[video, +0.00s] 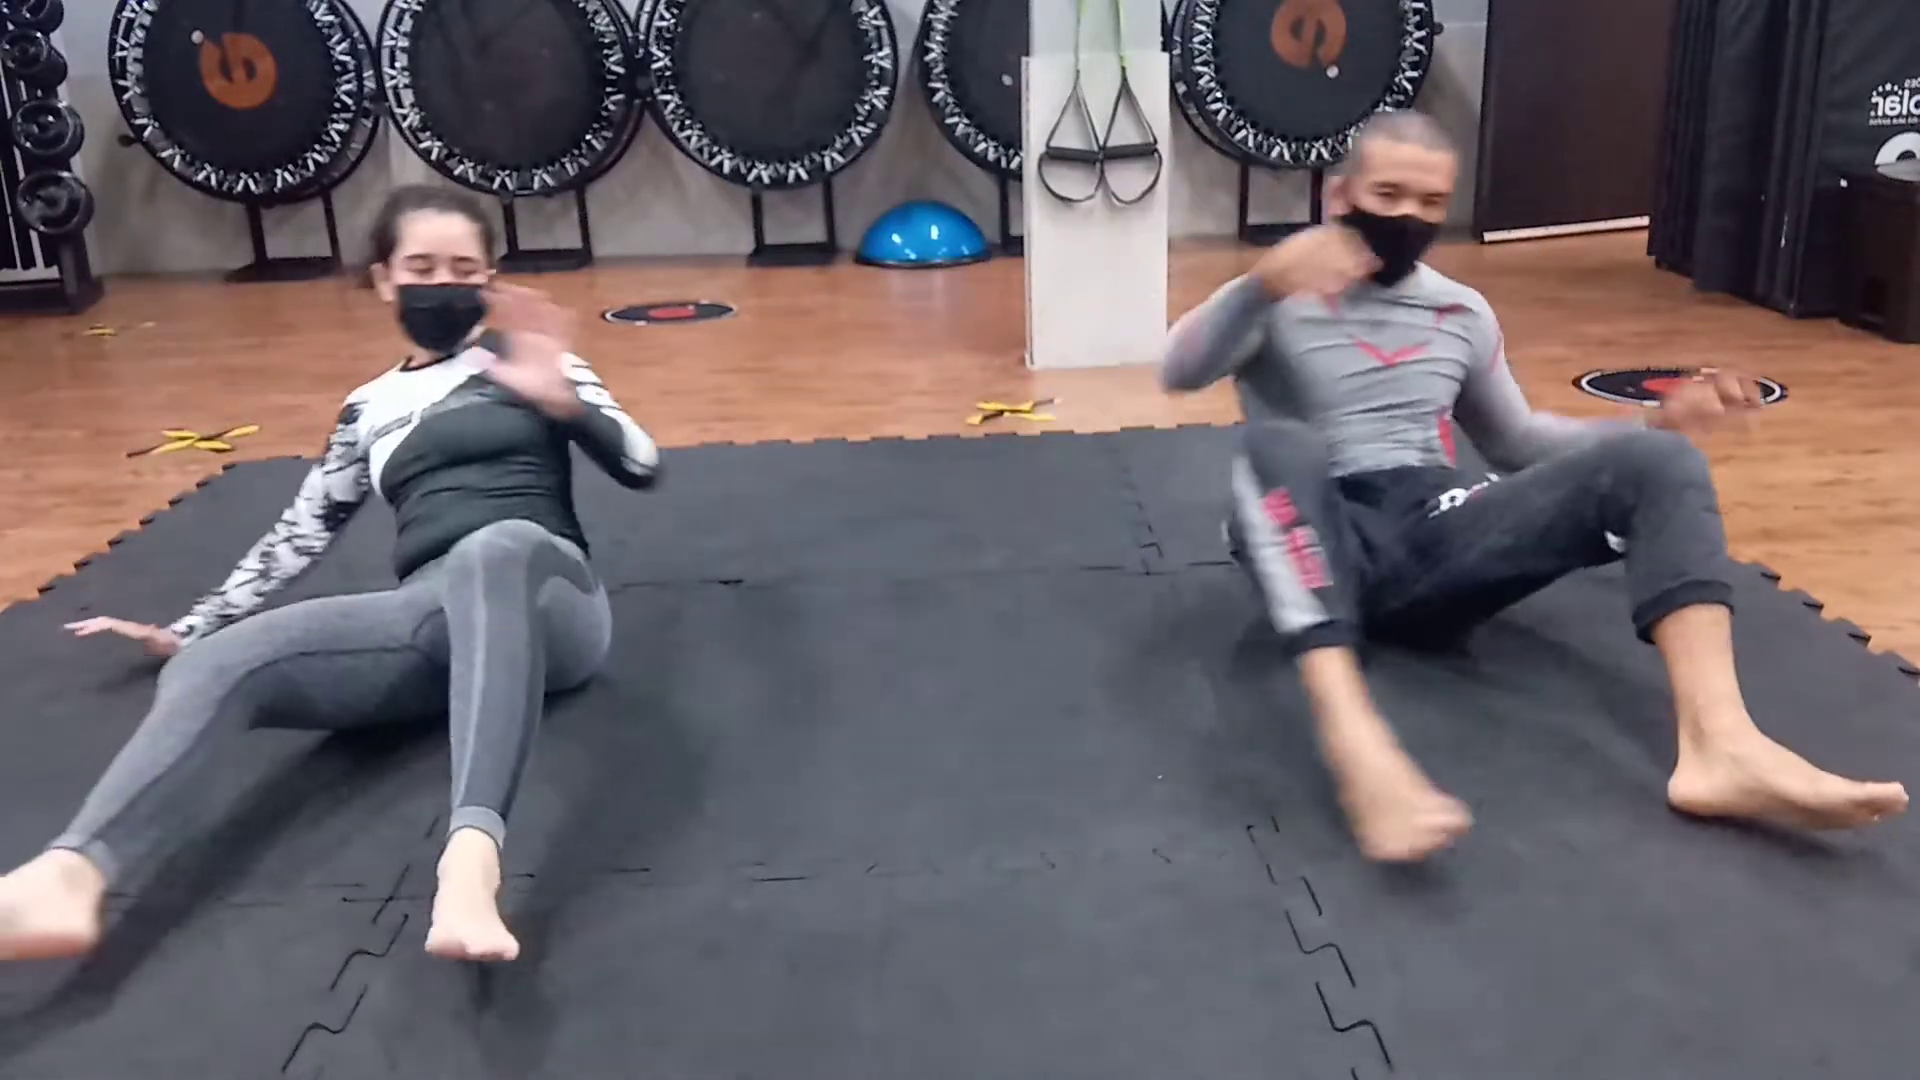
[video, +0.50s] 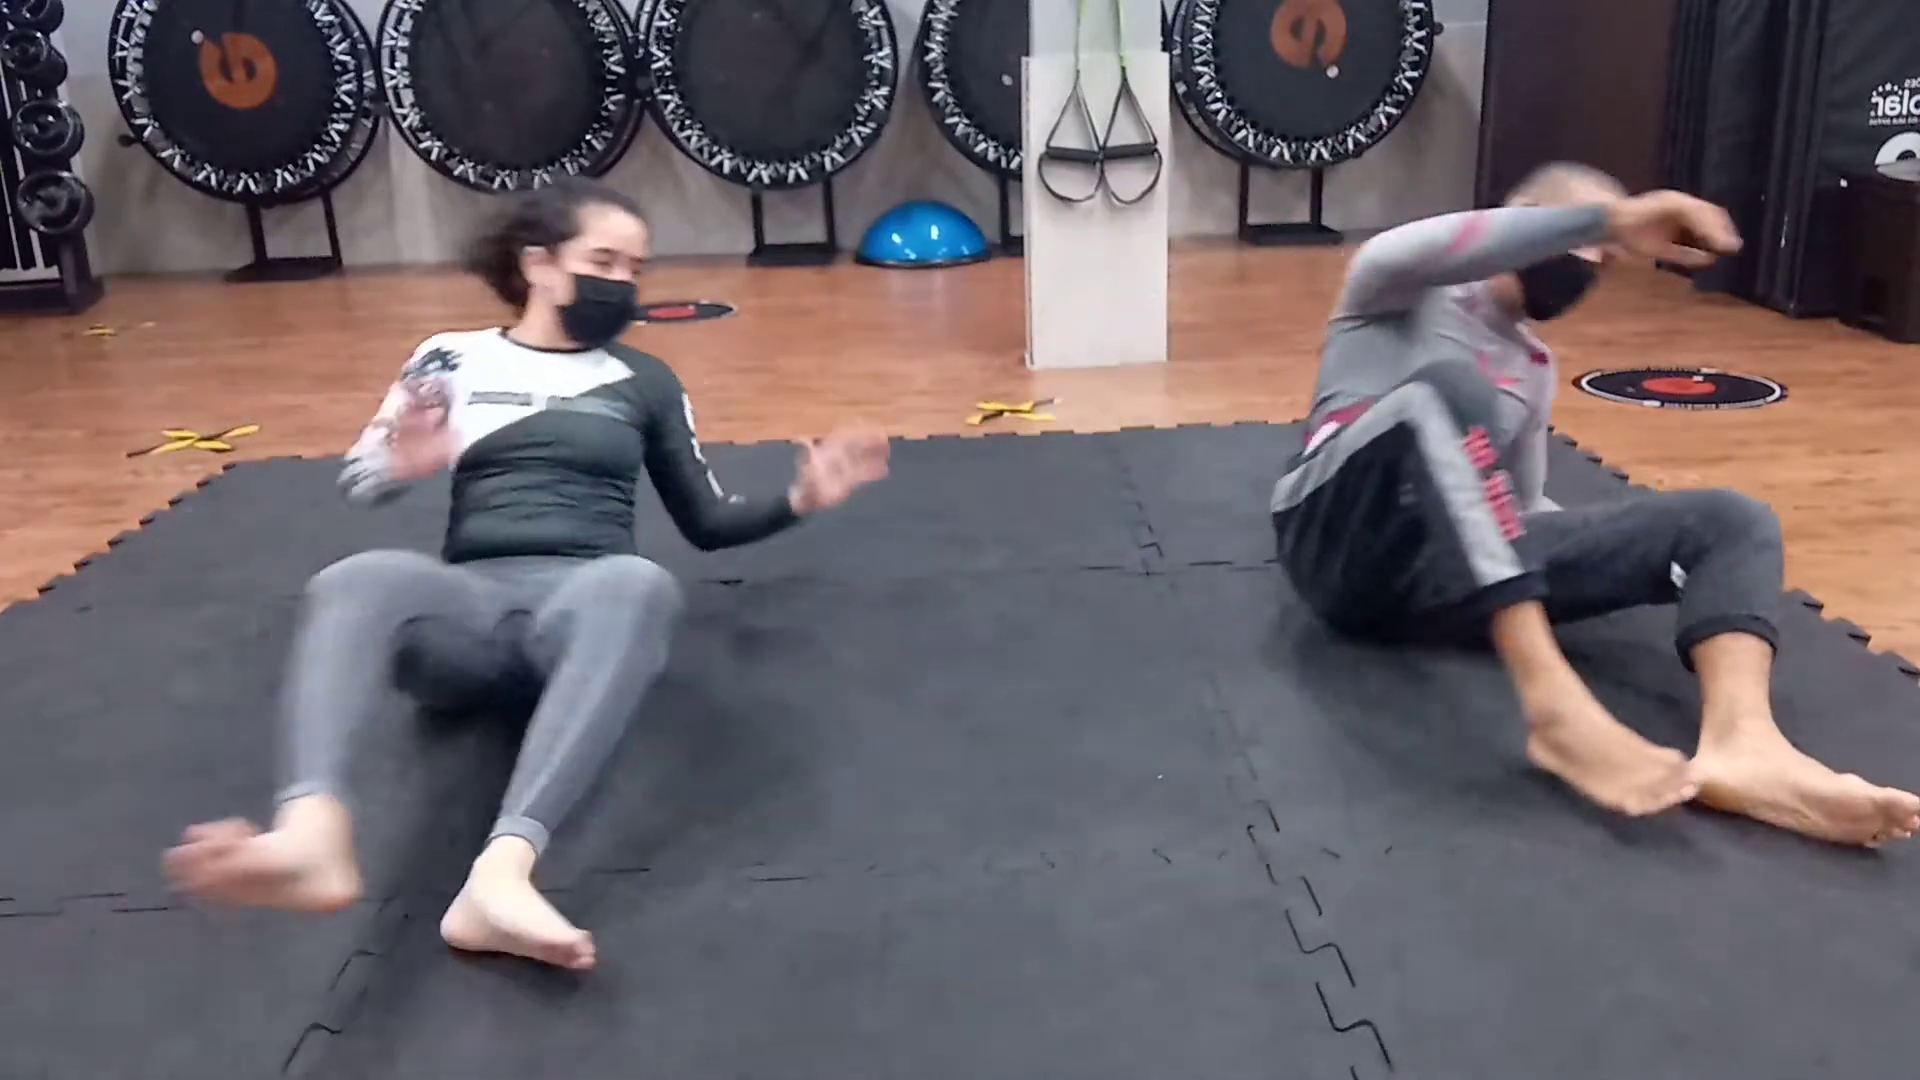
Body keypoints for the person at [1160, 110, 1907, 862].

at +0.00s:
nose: (1408, 217)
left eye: (1429, 202)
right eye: (1388, 195)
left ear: (1448, 208)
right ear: (1338, 193)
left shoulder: (1462, 314)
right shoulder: (1279, 293)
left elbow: (1519, 440)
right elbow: (1177, 371)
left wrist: (1658, 418)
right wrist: (1263, 280)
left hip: (1444, 541)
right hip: (1332, 540)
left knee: (1655, 459)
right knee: (1273, 443)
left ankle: (1719, 739)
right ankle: (1358, 745)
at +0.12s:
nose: (1462, 225)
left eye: (1481, 211)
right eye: (1444, 197)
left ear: (1489, 222)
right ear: (1388, 195)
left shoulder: (1479, 326)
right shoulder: (1306, 287)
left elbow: (1519, 458)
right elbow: (1218, 340)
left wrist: (1674, 474)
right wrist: (1356, 248)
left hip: (1449, 543)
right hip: (1334, 544)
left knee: (1680, 476)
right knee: (1308, 441)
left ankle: (1725, 740)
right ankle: (1431, 744)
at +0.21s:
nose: (1484, 222)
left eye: (1505, 208)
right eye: (1470, 197)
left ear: (1521, 226)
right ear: (1414, 200)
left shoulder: (1490, 337)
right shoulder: (1327, 285)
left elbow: (1515, 471)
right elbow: (1251, 316)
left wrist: (1683, 501)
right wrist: (1414, 235)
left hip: (1455, 545)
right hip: (1333, 554)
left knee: (1689, 486)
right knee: (1319, 438)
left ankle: (1728, 741)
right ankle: (1465, 737)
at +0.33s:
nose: (1528, 234)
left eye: (1546, 221)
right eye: (1510, 208)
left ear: (1556, 237)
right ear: (1454, 201)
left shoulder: (1506, 355)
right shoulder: (1351, 282)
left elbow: (1512, 488)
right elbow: (1306, 293)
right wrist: (1494, 217)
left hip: (1459, 561)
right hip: (1335, 558)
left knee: (1706, 497)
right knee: (1366, 418)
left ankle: (1733, 741)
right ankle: (1510, 726)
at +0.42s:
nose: (1550, 246)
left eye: (1567, 237)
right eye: (1533, 219)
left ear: (1570, 259)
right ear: (1480, 209)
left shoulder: (1518, 368)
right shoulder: (1376, 279)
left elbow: (1510, 508)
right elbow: (1345, 274)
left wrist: (1543, 590)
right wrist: (1551, 217)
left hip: (1454, 575)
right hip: (1338, 554)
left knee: (1718, 507)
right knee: (1414, 398)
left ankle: (1736, 740)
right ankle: (1535, 715)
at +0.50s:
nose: (1582, 257)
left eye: (1601, 248)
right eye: (1567, 233)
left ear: (1603, 272)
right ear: (1506, 223)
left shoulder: (1532, 371)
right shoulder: (1391, 287)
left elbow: (1525, 505)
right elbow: (1418, 256)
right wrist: (1606, 220)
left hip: (1457, 574)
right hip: (1344, 548)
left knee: (1732, 518)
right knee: (1428, 397)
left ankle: (1741, 737)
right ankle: (1554, 705)